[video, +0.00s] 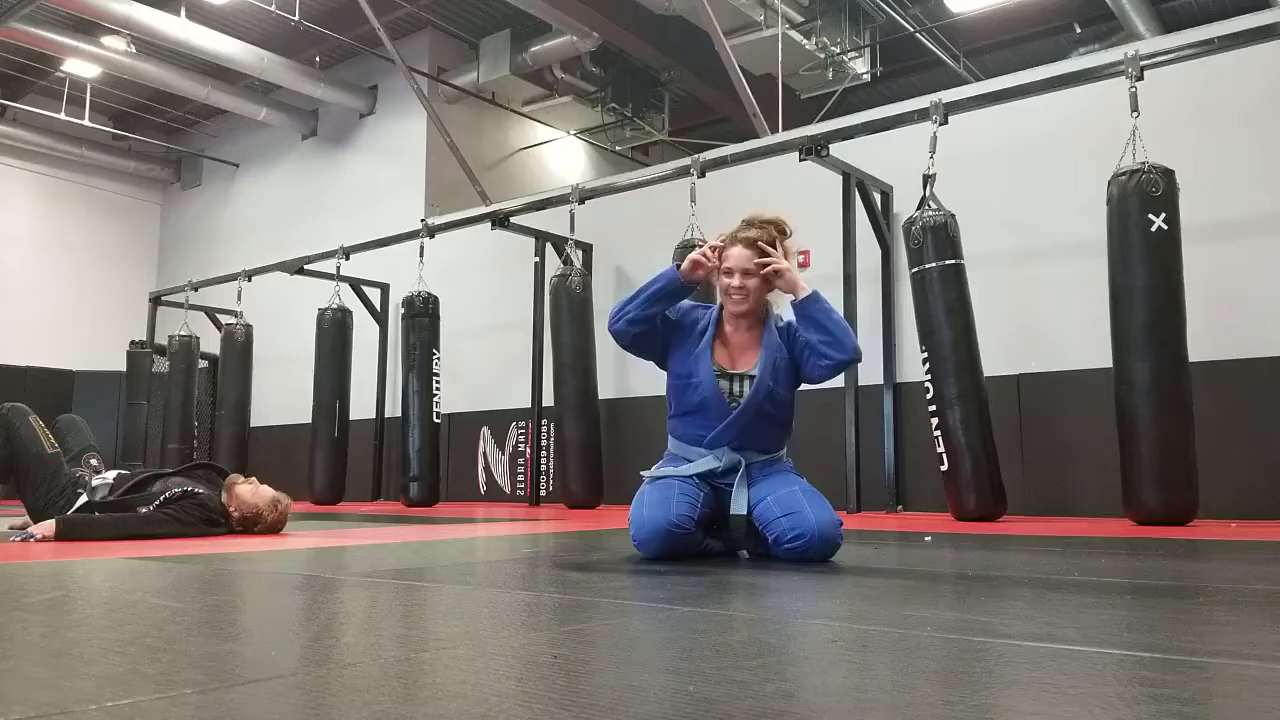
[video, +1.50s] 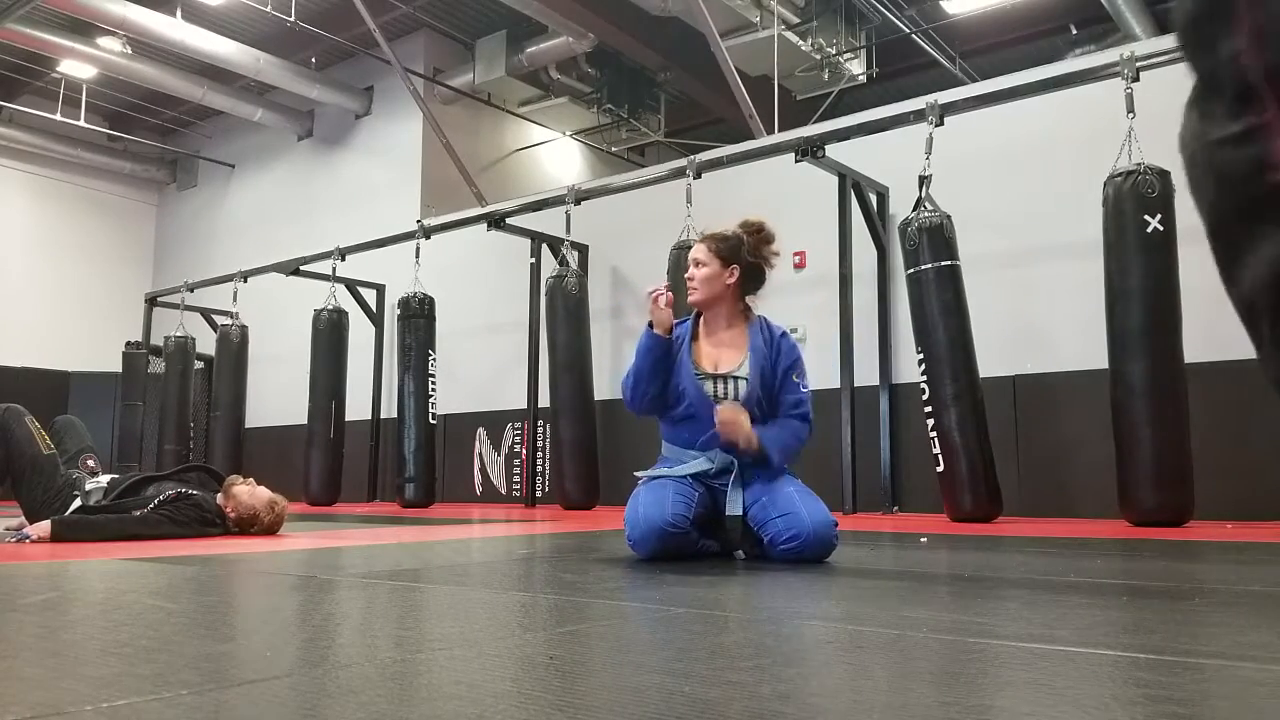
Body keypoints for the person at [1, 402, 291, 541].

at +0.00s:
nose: (250, 476)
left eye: (253, 487)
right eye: (259, 482)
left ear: (239, 511)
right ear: (241, 505)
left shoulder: (202, 512)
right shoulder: (218, 489)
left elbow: (133, 524)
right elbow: (154, 484)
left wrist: (61, 527)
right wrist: (115, 479)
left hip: (69, 501)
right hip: (102, 483)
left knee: (13, 414)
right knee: (68, 420)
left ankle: (8, 484)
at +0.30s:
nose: (249, 476)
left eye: (250, 487)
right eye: (257, 482)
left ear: (234, 510)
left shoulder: (199, 513)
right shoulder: (219, 489)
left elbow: (131, 524)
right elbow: (158, 483)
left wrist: (57, 527)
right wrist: (116, 480)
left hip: (68, 501)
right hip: (102, 484)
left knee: (11, 414)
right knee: (66, 421)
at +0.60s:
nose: (249, 476)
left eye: (251, 487)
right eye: (257, 483)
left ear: (234, 510)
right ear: (238, 505)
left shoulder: (199, 513)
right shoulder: (218, 490)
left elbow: (129, 524)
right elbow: (156, 483)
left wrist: (56, 527)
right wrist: (115, 480)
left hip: (67, 501)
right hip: (100, 485)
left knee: (11, 414)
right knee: (66, 421)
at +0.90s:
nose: (247, 476)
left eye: (249, 487)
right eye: (255, 483)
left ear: (233, 509)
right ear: (236, 503)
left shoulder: (199, 513)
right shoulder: (216, 488)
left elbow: (130, 524)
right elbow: (155, 482)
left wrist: (56, 527)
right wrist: (113, 478)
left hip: (68, 501)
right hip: (100, 485)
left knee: (11, 414)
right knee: (66, 421)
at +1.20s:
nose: (247, 476)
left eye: (248, 487)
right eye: (254, 483)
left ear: (233, 509)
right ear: (236, 504)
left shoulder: (199, 513)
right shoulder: (216, 490)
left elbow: (129, 524)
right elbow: (154, 483)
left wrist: (55, 527)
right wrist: (111, 481)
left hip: (67, 500)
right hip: (98, 485)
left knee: (12, 414)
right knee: (66, 421)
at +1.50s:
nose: (246, 477)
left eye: (248, 487)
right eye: (253, 483)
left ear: (233, 509)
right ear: (235, 504)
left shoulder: (199, 513)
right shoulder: (215, 490)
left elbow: (130, 524)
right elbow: (151, 487)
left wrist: (56, 527)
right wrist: (112, 481)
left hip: (68, 500)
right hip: (99, 486)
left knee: (11, 414)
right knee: (66, 421)